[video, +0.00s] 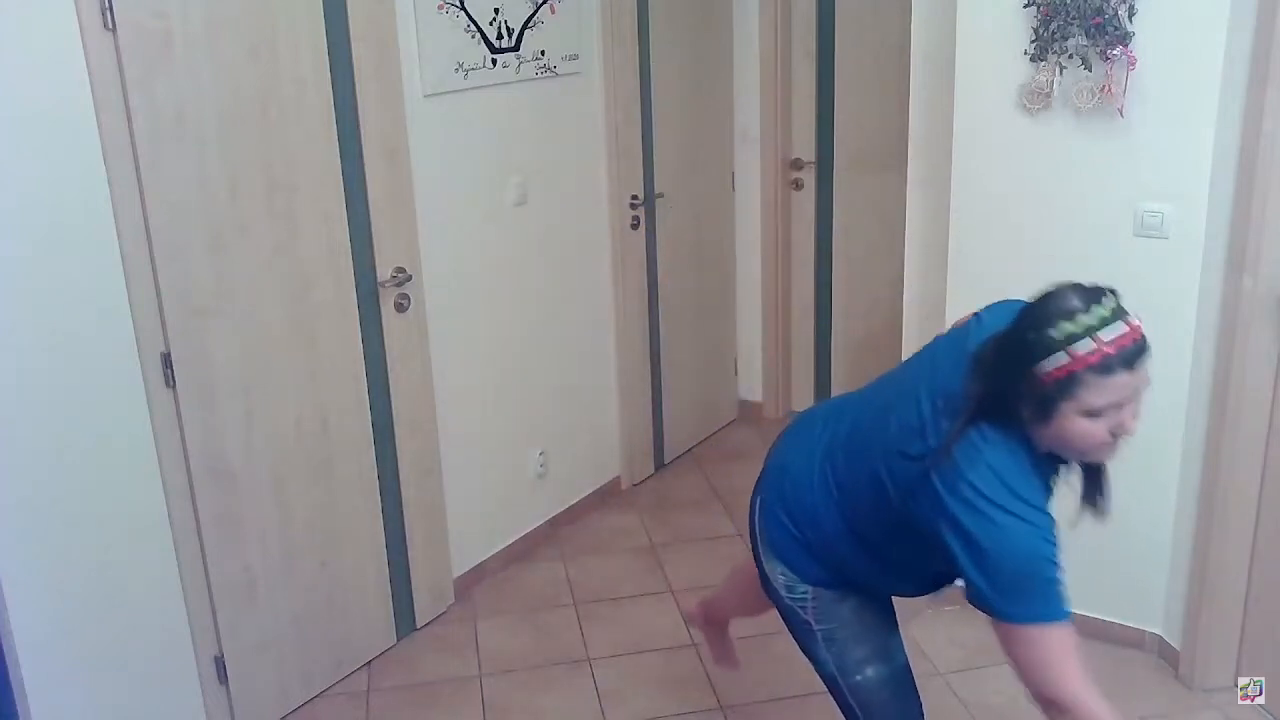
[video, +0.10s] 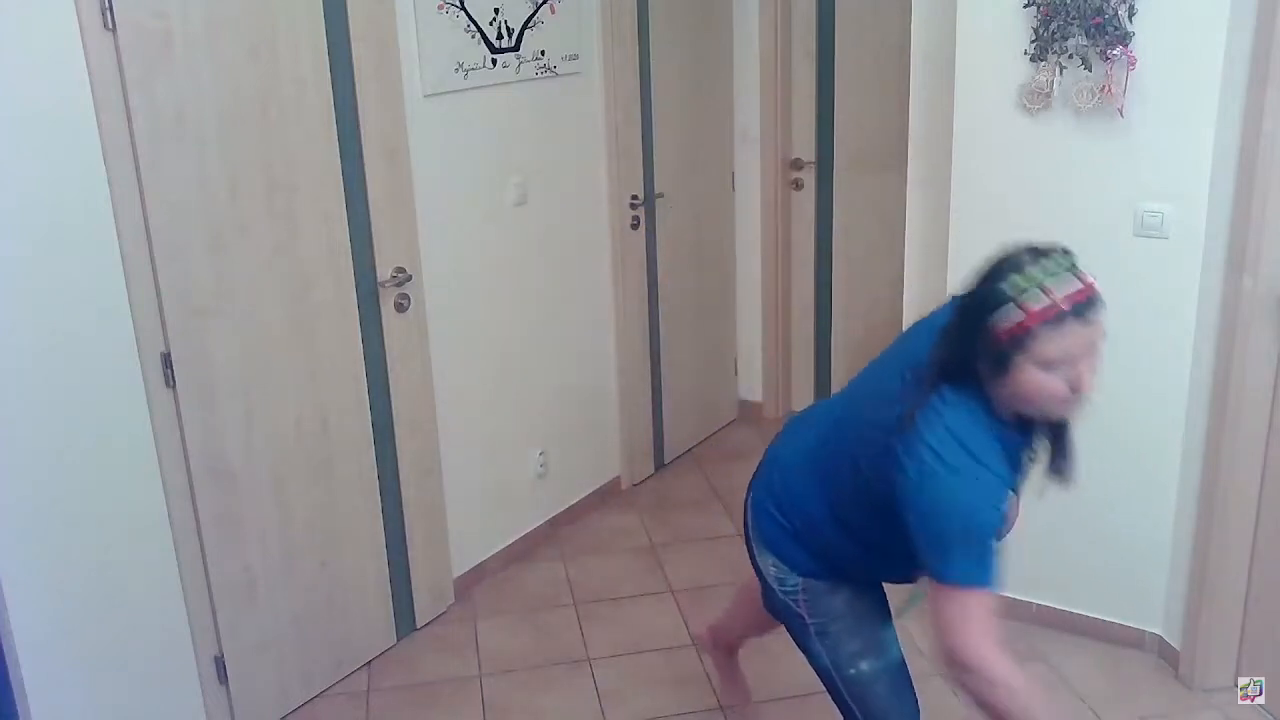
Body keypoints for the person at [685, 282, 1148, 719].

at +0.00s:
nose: (1127, 427)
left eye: (1134, 401)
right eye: (1100, 414)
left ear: (1140, 376)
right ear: (1034, 407)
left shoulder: (1015, 323)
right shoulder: (995, 498)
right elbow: (1061, 693)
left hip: (824, 433)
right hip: (803, 531)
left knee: (784, 569)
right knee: (893, 708)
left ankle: (714, 608)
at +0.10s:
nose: (1081, 383)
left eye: (1090, 355)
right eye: (1054, 366)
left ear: (1098, 340)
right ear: (994, 361)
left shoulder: (984, 321)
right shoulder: (953, 461)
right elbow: (969, 653)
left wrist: (996, 486)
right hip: (801, 539)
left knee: (788, 588)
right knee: (892, 709)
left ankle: (722, 635)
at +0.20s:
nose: (1013, 317)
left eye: (1020, 293)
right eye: (983, 300)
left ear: (1034, 289)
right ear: (928, 306)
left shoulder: (968, 341)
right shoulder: (891, 403)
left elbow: (981, 397)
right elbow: (846, 577)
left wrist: (996, 456)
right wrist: (952, 694)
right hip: (789, 538)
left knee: (782, 611)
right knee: (884, 704)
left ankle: (727, 669)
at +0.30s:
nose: (925, 261)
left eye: (940, 238)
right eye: (898, 243)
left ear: (959, 244)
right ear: (855, 254)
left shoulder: (942, 309)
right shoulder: (822, 350)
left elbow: (952, 371)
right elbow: (738, 486)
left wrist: (1000, 445)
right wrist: (801, 618)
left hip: (862, 528)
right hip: (804, 545)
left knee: (784, 623)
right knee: (865, 692)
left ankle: (730, 682)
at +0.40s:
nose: (872, 231)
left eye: (889, 211)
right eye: (849, 213)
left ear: (911, 219)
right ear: (812, 222)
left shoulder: (914, 285)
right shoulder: (769, 322)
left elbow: (934, 355)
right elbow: (683, 439)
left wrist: (977, 435)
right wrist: (731, 558)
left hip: (851, 510)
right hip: (769, 523)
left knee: (783, 619)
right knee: (834, 681)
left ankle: (720, 691)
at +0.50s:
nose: (816, 199)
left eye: (834, 181)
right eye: (796, 181)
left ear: (856, 194)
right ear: (762, 193)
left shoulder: (877, 268)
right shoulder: (708, 280)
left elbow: (902, 353)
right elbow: (645, 386)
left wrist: (920, 443)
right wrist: (670, 484)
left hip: (830, 498)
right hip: (739, 504)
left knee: (774, 620)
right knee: (812, 678)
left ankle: (716, 696)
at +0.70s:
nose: (751, 170)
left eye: (769, 155)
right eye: (733, 156)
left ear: (794, 172)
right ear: (709, 171)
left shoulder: (827, 259)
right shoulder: (661, 256)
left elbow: (850, 366)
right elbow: (625, 368)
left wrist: (879, 457)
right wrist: (605, 471)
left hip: (794, 484)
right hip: (698, 485)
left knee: (774, 623)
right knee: (724, 658)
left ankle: (733, 685)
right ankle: (744, 706)